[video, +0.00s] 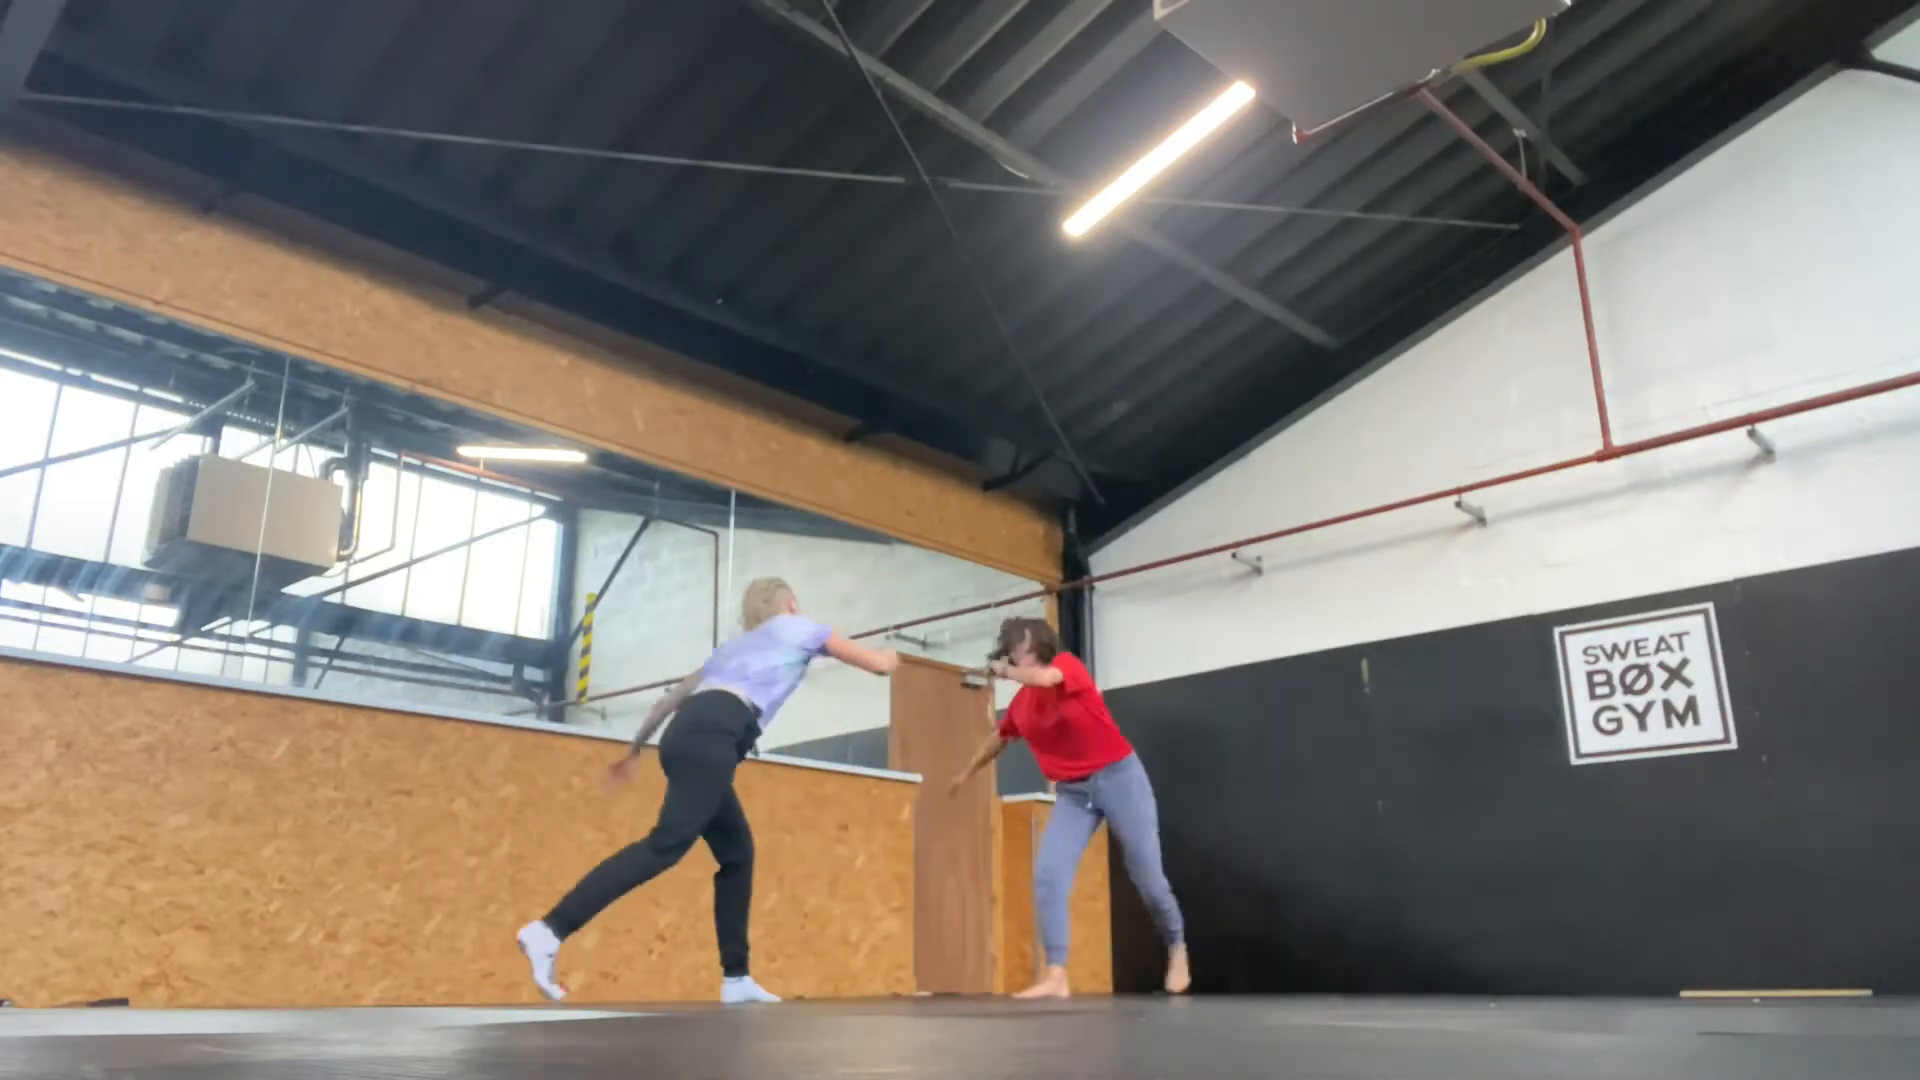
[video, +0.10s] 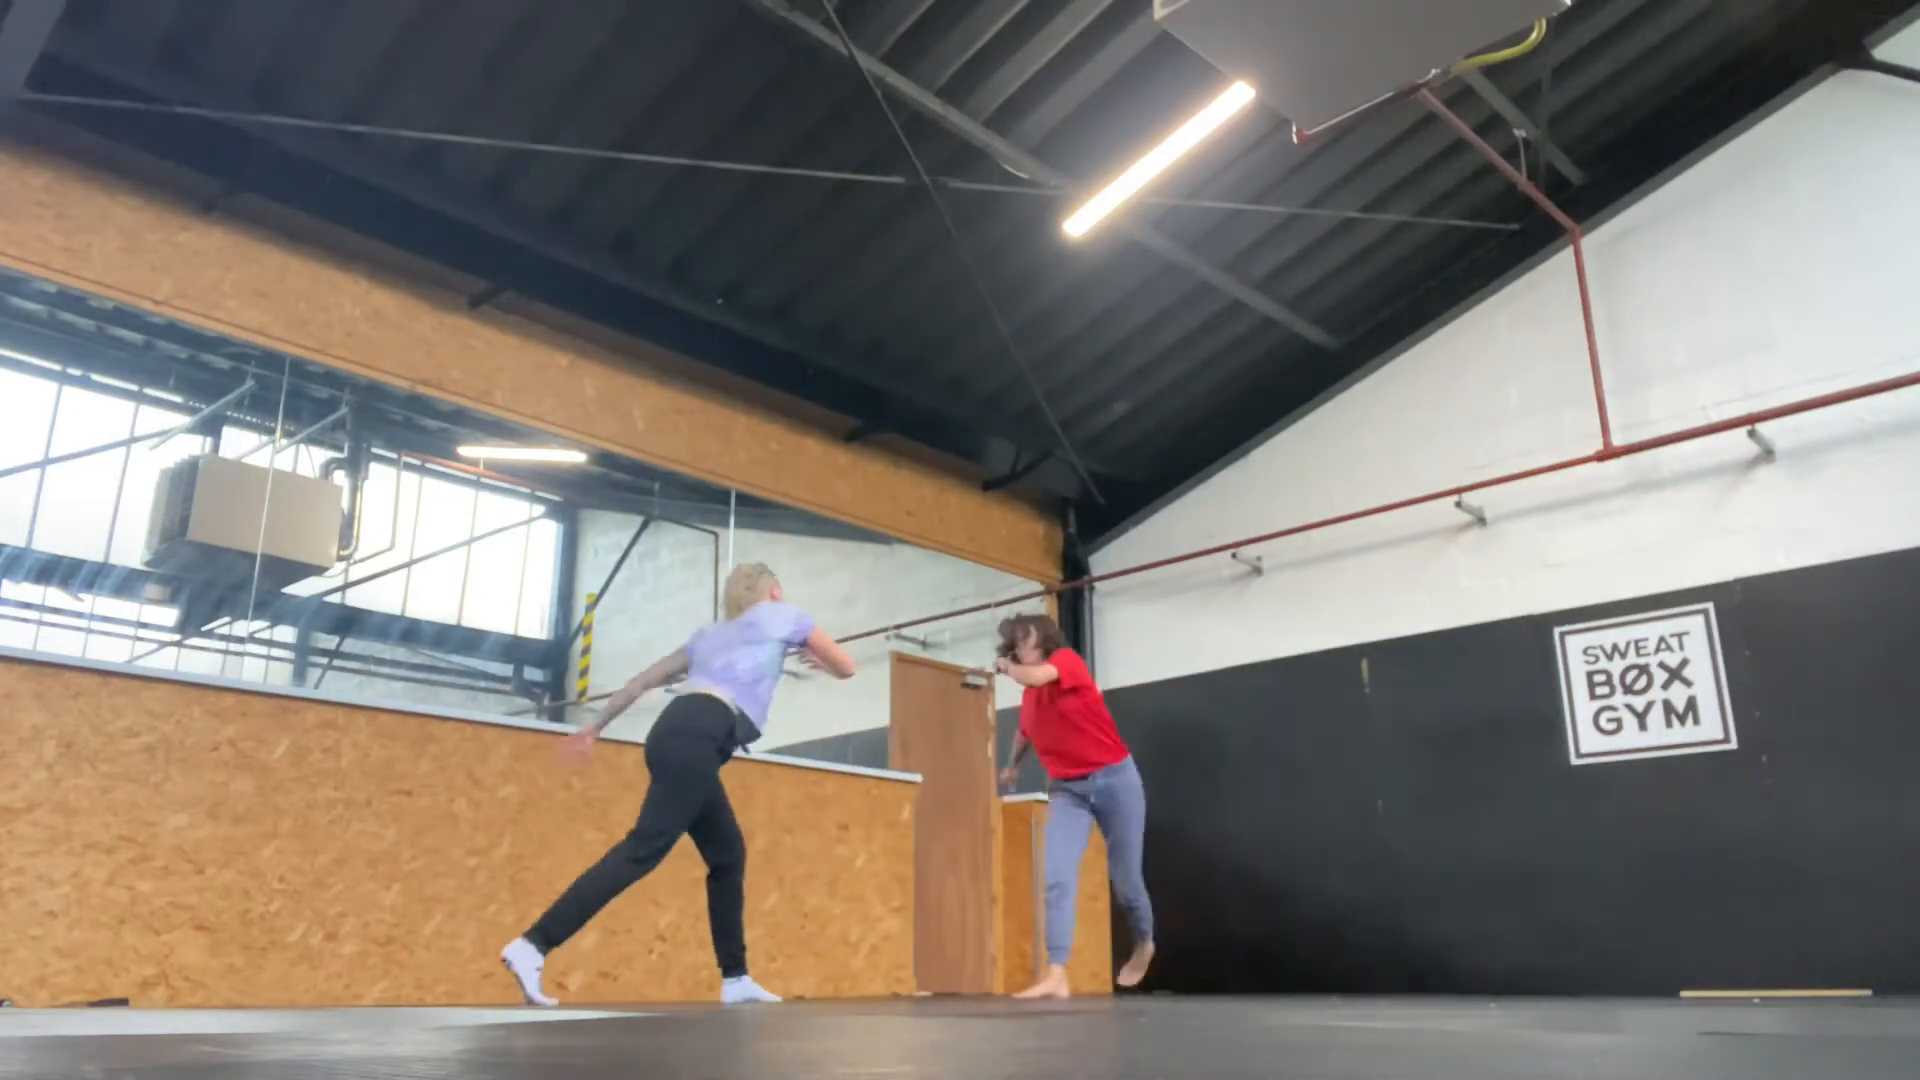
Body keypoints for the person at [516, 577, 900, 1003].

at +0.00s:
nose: (801, 608)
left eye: (796, 603)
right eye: (797, 603)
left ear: (754, 614)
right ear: (786, 605)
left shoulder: (729, 649)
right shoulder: (799, 627)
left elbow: (671, 700)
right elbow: (881, 664)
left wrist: (634, 749)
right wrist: (891, 654)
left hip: (683, 735)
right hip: (715, 733)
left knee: (736, 854)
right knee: (664, 848)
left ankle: (737, 980)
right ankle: (547, 932)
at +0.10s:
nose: (784, 599)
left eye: (782, 594)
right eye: (781, 593)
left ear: (736, 599)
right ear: (771, 593)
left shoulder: (710, 636)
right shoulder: (781, 615)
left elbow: (642, 680)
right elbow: (846, 667)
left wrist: (593, 727)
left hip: (669, 737)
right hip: (699, 736)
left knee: (727, 857)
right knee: (642, 850)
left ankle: (736, 981)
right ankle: (532, 947)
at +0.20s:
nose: (768, 596)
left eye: (766, 590)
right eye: (766, 590)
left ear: (720, 592)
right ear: (756, 589)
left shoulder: (686, 627)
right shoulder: (764, 619)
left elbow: (633, 665)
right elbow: (792, 694)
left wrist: (585, 709)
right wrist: (749, 673)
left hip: (652, 750)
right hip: (680, 752)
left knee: (727, 854)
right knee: (627, 866)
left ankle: (736, 980)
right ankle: (513, 957)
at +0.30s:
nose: (759, 611)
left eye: (759, 603)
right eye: (759, 603)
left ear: (714, 596)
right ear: (747, 597)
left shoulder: (672, 628)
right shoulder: (751, 634)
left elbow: (632, 671)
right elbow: (748, 719)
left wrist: (590, 712)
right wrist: (713, 699)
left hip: (642, 759)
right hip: (676, 763)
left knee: (732, 851)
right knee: (625, 879)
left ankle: (736, 975)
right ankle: (509, 961)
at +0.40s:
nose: (764, 612)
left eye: (763, 605)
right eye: (763, 604)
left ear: (717, 599)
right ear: (752, 599)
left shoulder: (678, 633)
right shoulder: (756, 632)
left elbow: (635, 681)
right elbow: (755, 714)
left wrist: (597, 731)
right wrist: (714, 709)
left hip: (649, 760)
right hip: (682, 763)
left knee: (733, 850)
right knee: (626, 878)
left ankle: (736, 975)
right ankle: (510, 960)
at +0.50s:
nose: (775, 605)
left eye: (771, 597)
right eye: (772, 597)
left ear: (731, 603)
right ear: (763, 600)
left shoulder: (704, 639)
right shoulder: (780, 636)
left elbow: (650, 687)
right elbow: (793, 709)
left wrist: (612, 745)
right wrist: (747, 709)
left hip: (667, 753)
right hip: (706, 756)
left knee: (736, 854)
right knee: (640, 868)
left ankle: (737, 979)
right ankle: (529, 950)